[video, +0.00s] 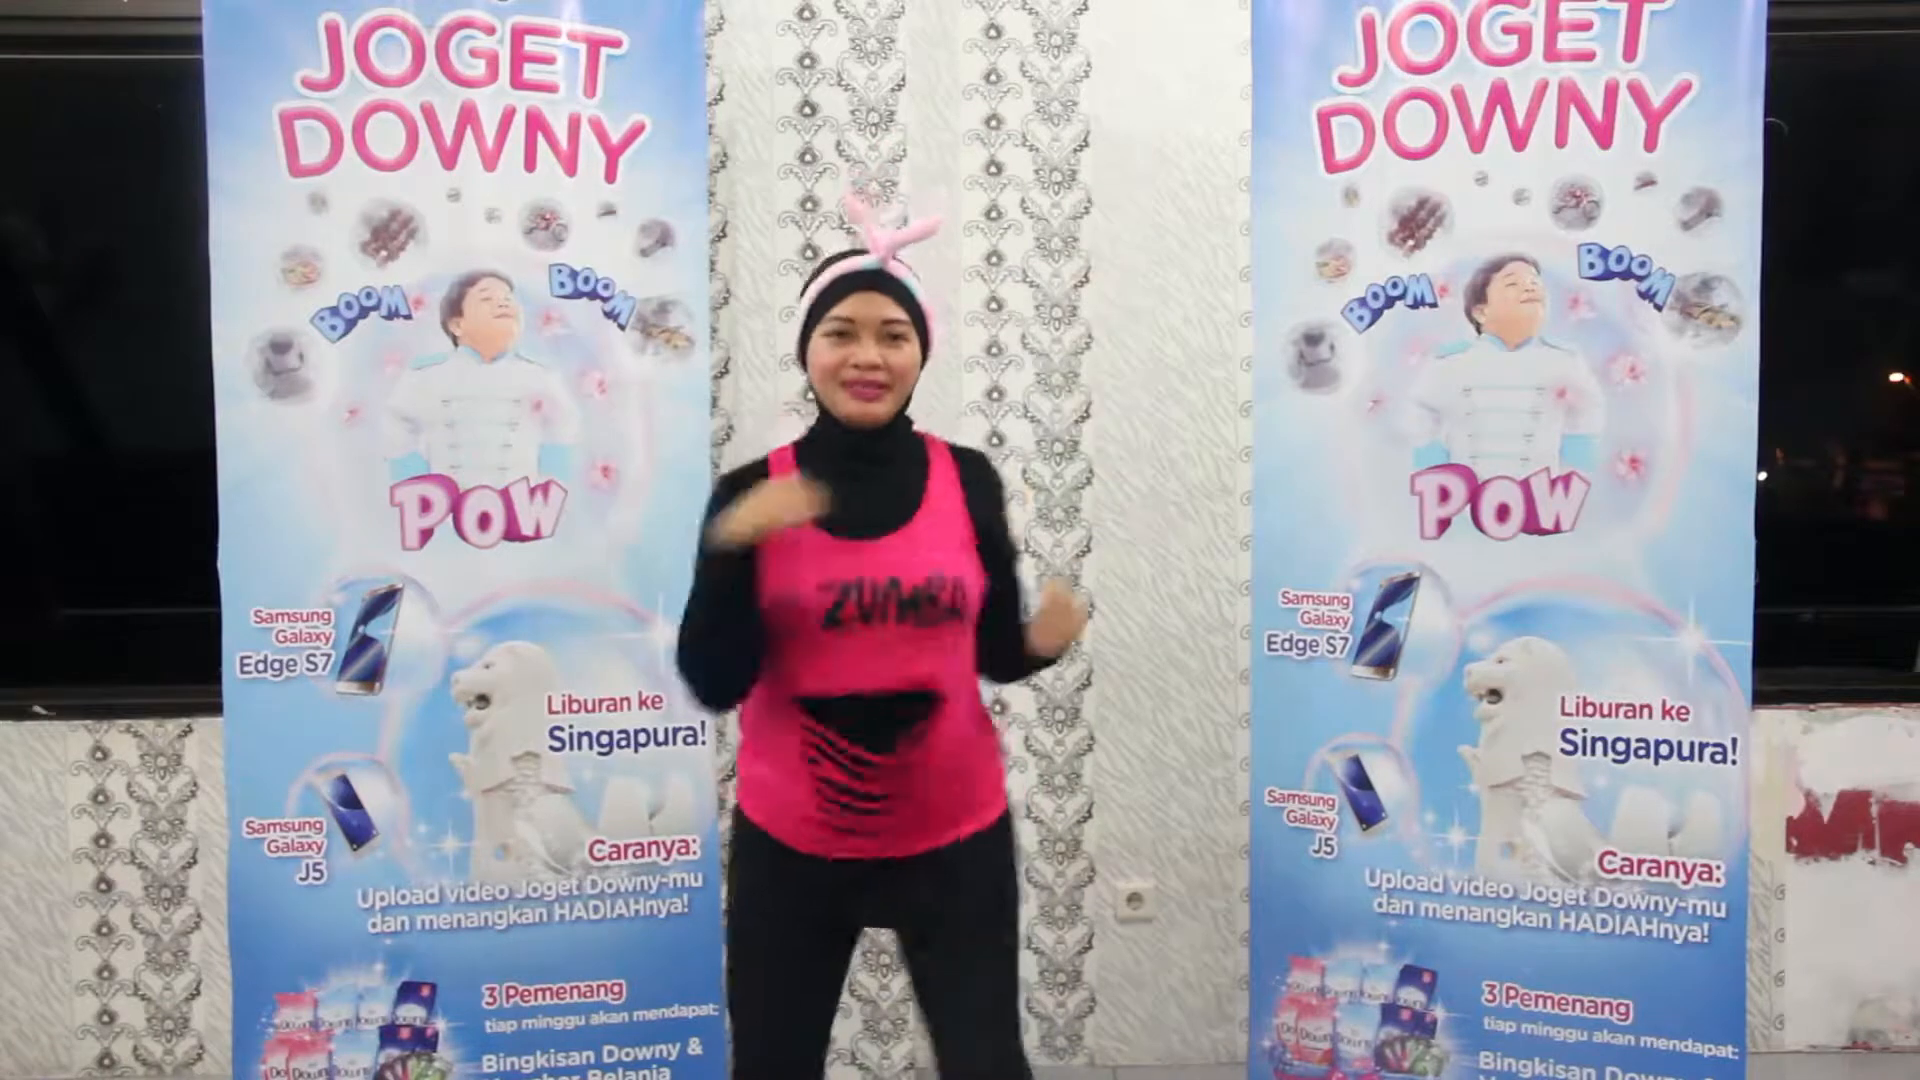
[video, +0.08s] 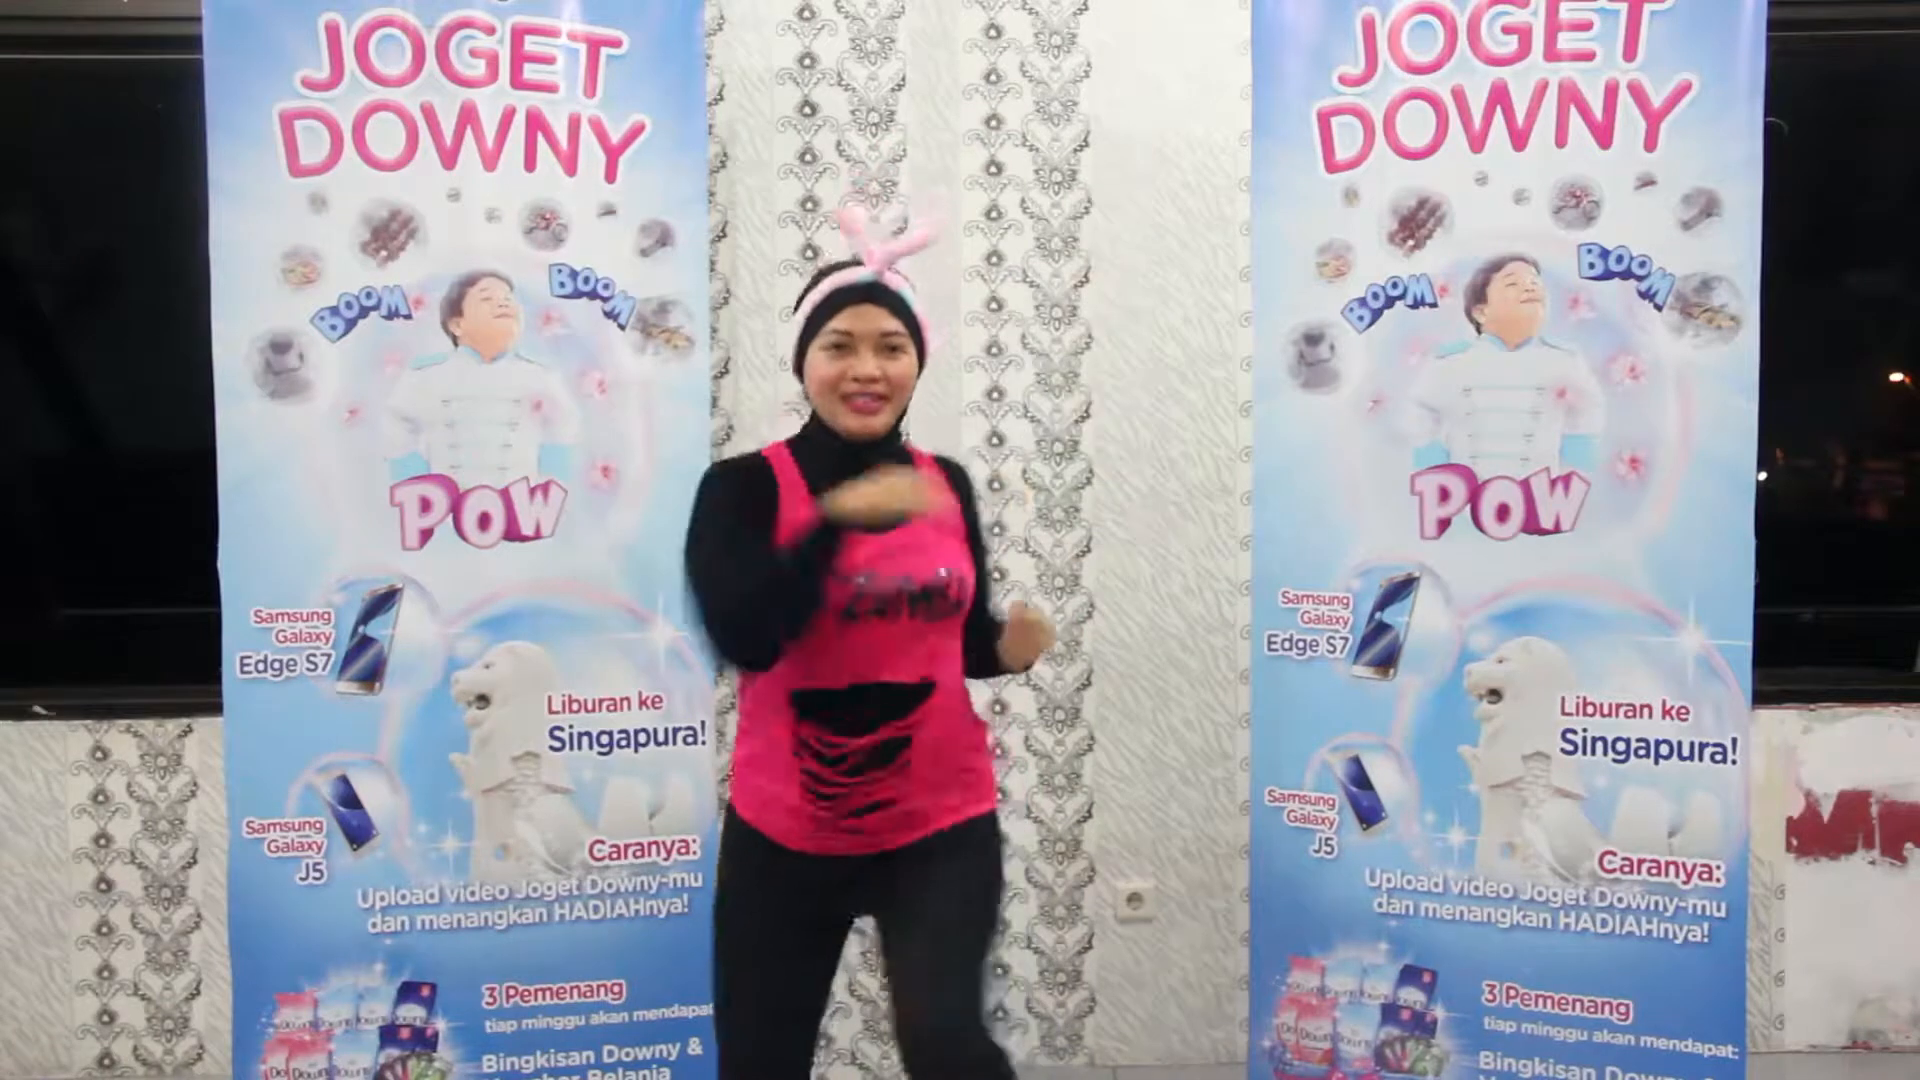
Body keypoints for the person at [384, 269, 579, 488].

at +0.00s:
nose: (502, 303)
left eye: (508, 297)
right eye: (485, 298)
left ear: (519, 315)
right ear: (455, 324)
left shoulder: (539, 378)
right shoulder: (421, 377)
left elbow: (560, 438)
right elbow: (395, 433)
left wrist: (545, 498)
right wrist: (415, 490)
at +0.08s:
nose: (502, 303)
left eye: (508, 297)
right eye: (485, 298)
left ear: (519, 315)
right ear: (455, 324)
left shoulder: (539, 377)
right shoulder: (421, 377)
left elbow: (560, 438)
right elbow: (395, 433)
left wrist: (545, 498)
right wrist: (415, 490)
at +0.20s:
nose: (502, 303)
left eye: (509, 297)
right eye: (486, 298)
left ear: (519, 316)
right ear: (455, 324)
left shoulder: (539, 378)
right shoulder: (421, 378)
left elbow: (560, 439)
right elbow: (395, 434)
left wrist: (545, 498)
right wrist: (415, 490)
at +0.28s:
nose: (502, 303)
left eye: (508, 297)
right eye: (485, 298)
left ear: (519, 315)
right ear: (455, 324)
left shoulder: (539, 377)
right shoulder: (421, 377)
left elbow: (560, 437)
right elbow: (394, 433)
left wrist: (545, 497)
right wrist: (415, 490)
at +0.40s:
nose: (502, 303)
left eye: (509, 297)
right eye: (485, 298)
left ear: (519, 315)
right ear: (455, 324)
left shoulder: (538, 377)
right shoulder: (421, 377)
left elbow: (560, 436)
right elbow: (394, 432)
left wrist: (546, 496)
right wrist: (415, 489)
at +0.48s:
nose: (502, 302)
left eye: (508, 297)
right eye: (485, 297)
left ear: (519, 316)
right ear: (455, 324)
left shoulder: (539, 377)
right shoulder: (421, 378)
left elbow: (560, 436)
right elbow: (394, 430)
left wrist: (546, 494)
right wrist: (415, 488)